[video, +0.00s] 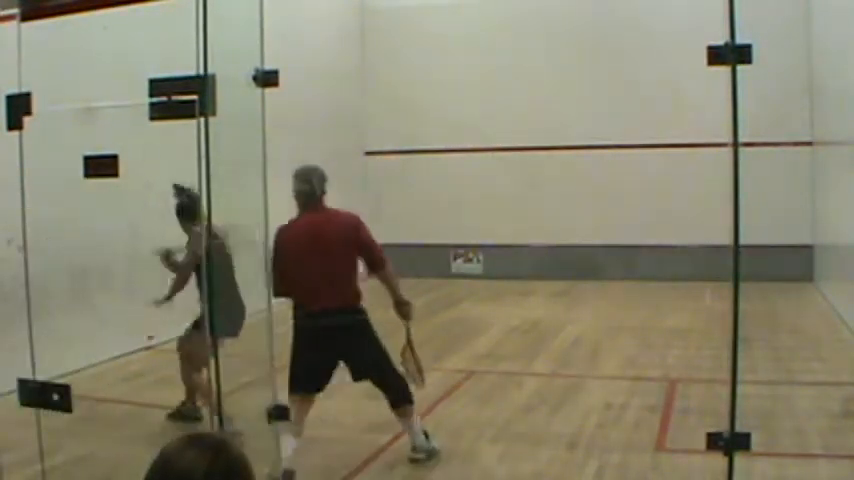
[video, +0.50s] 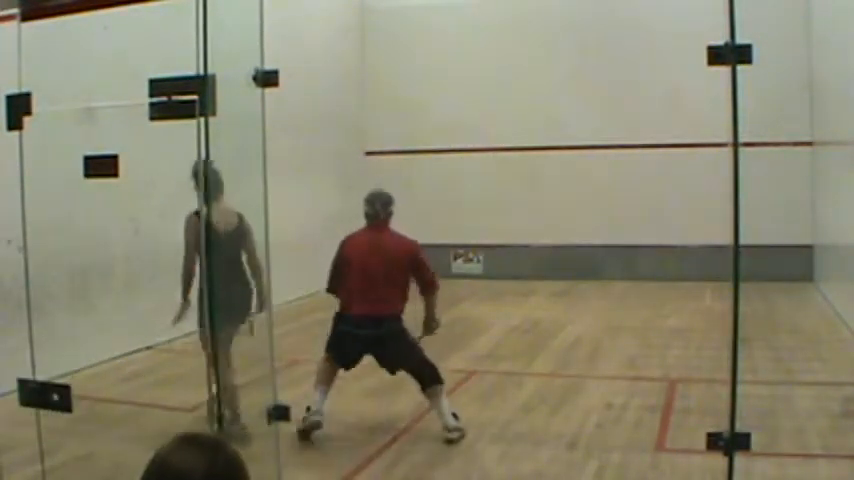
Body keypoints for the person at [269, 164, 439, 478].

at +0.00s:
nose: (300, 195)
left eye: (298, 191)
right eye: (311, 188)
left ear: (295, 194)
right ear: (324, 191)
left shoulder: (285, 234)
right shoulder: (348, 223)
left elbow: (280, 288)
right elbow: (379, 264)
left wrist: (314, 287)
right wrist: (398, 299)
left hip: (310, 326)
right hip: (350, 322)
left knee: (301, 392)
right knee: (390, 380)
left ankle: (288, 461)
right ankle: (418, 442)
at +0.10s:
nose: (326, 190)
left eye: (326, 186)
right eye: (333, 185)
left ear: (324, 188)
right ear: (352, 186)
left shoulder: (313, 226)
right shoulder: (375, 220)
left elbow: (307, 279)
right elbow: (402, 261)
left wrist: (340, 271)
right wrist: (419, 291)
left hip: (329, 322)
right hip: (371, 320)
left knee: (319, 380)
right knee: (404, 376)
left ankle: (305, 432)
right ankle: (420, 439)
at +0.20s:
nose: (357, 185)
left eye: (349, 180)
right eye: (362, 179)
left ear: (342, 184)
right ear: (369, 183)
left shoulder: (327, 219)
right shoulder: (389, 217)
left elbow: (317, 267)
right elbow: (415, 258)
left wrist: (348, 268)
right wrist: (426, 288)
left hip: (337, 311)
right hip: (379, 309)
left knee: (323, 365)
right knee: (412, 360)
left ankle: (319, 425)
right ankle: (426, 417)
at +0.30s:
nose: (369, 191)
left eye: (366, 186)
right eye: (372, 186)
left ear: (354, 191)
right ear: (381, 190)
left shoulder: (339, 226)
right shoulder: (398, 226)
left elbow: (327, 272)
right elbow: (423, 266)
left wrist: (358, 271)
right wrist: (430, 294)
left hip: (347, 318)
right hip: (388, 317)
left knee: (326, 363)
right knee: (419, 363)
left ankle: (315, 426)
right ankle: (449, 420)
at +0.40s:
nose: (374, 207)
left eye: (369, 202)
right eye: (384, 202)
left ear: (364, 205)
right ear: (390, 206)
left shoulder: (348, 238)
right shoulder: (406, 240)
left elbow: (335, 284)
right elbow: (432, 277)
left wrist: (363, 290)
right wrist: (434, 307)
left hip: (350, 329)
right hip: (391, 328)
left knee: (331, 371)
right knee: (432, 370)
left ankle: (312, 428)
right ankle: (451, 422)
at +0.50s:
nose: (372, 213)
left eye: (370, 208)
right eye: (383, 209)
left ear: (366, 212)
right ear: (391, 212)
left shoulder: (350, 243)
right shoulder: (407, 247)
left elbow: (334, 286)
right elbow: (428, 284)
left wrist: (358, 300)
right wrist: (430, 317)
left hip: (350, 327)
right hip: (389, 328)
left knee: (331, 360)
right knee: (425, 372)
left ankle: (315, 410)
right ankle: (449, 421)